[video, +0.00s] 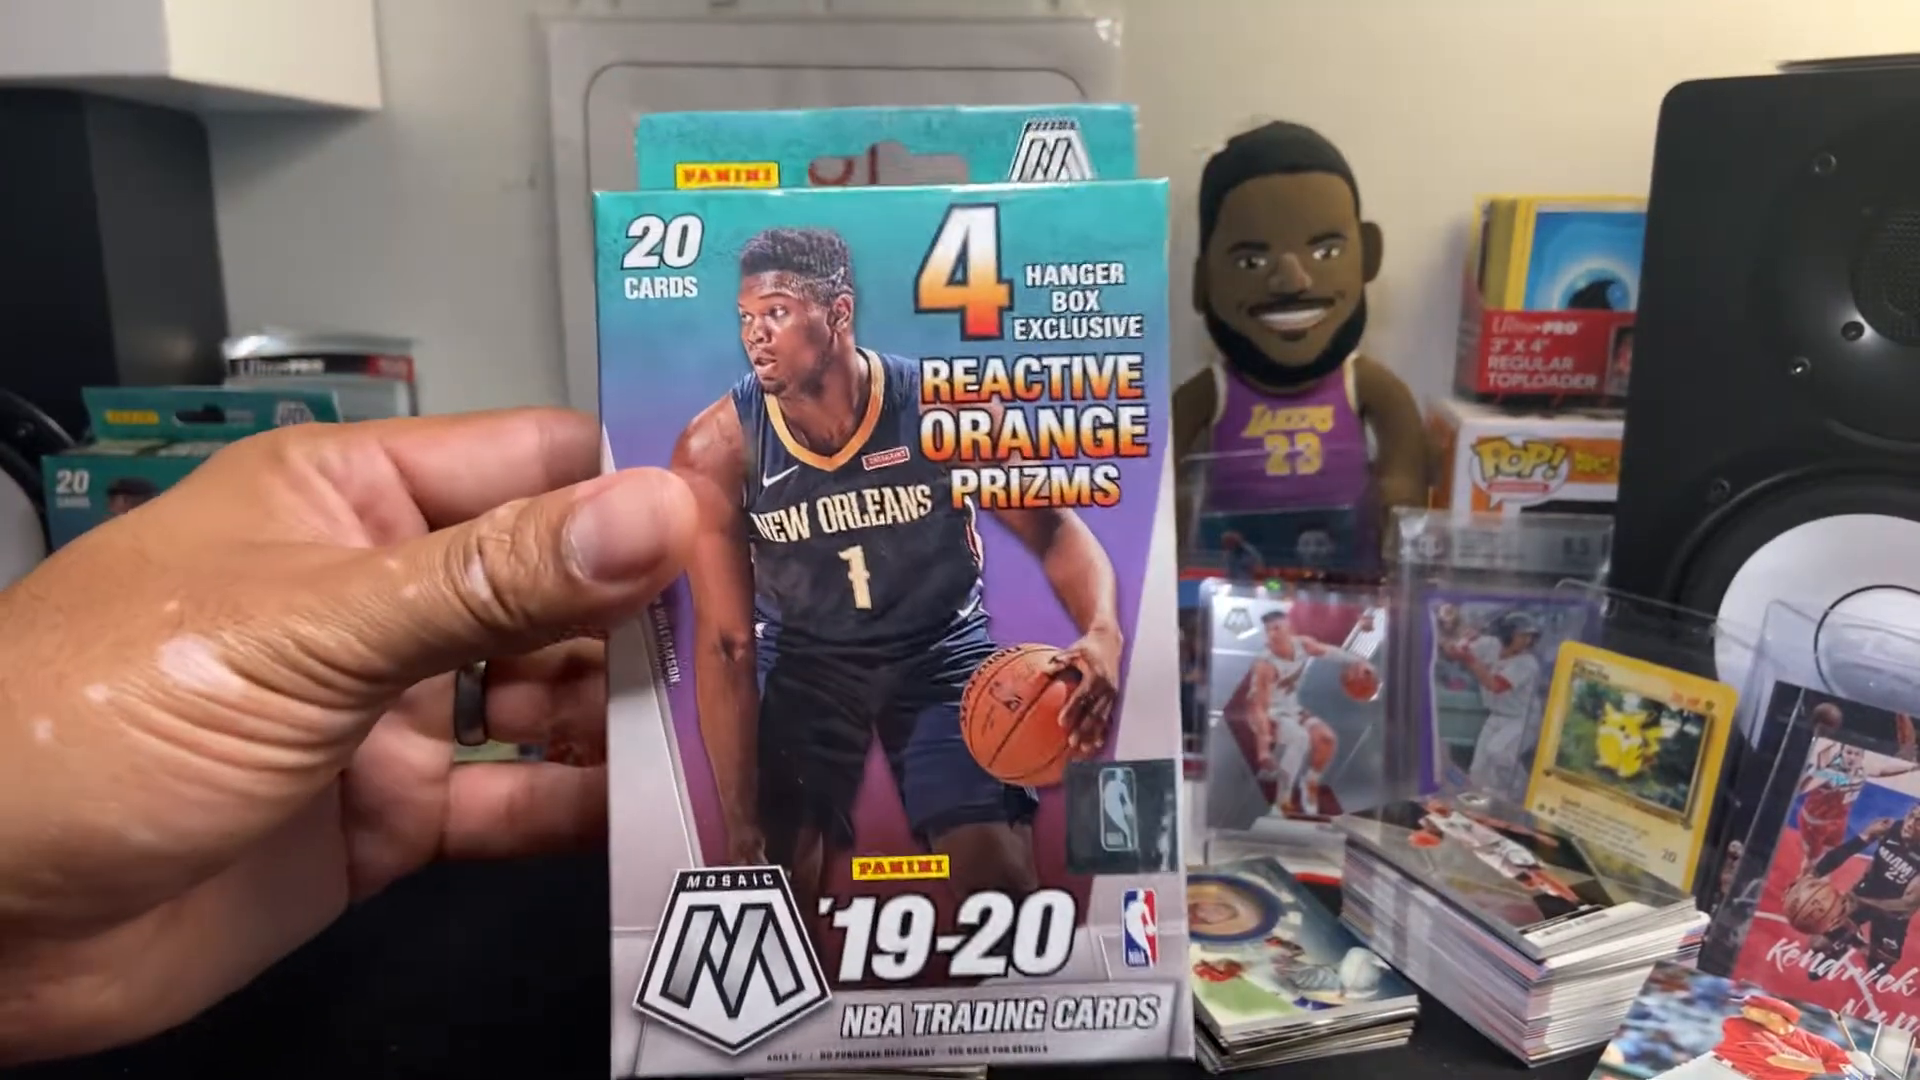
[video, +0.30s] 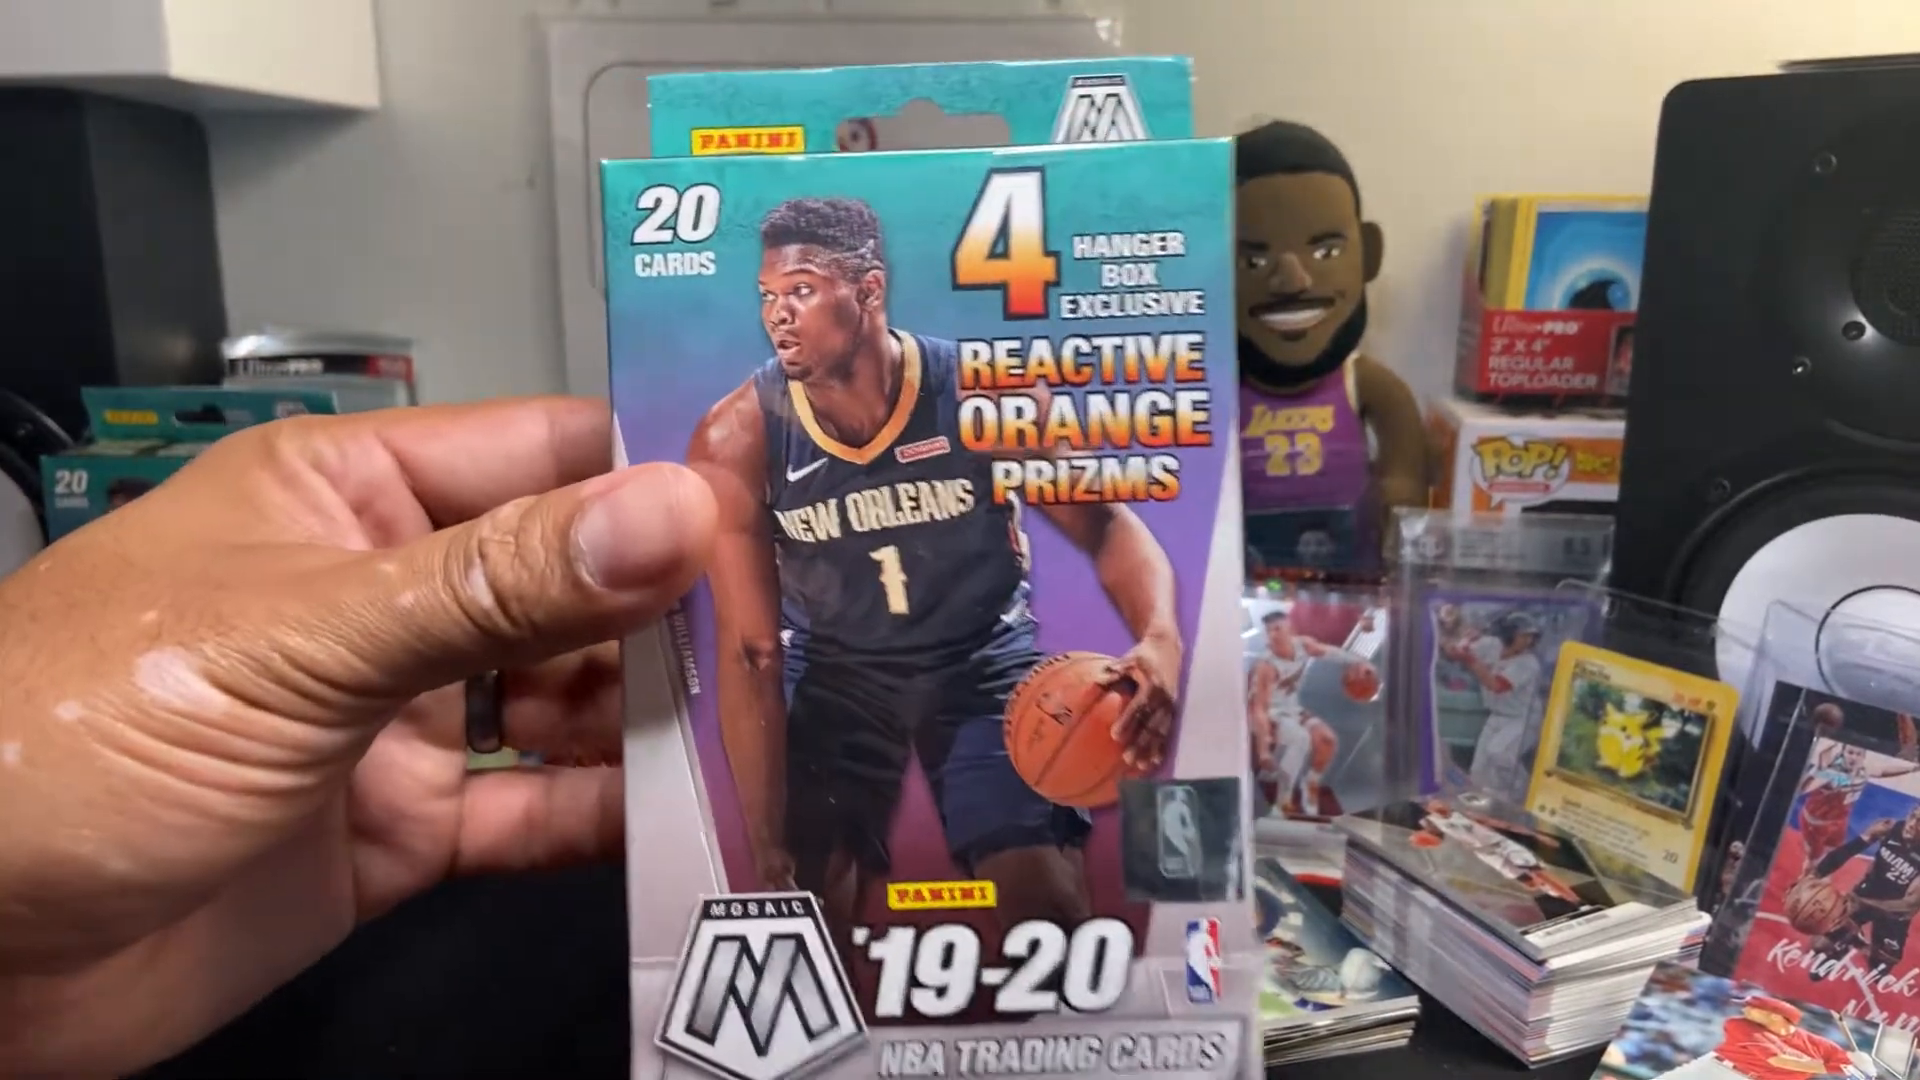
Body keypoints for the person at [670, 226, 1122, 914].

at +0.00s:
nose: (755, 335)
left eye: (776, 313)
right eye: (747, 318)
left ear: (839, 312)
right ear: (740, 326)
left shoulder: (939, 408)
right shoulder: (718, 446)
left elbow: (1051, 528)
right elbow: (726, 646)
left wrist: (1104, 630)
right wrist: (740, 826)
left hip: (943, 654)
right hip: (810, 666)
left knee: (991, 872)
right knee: (783, 871)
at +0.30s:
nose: (776, 316)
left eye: (799, 292)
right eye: (768, 296)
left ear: (870, 290)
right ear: (760, 304)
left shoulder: (980, 393)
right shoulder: (739, 437)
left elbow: (1104, 525)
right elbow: (751, 654)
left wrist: (1162, 638)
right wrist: (765, 854)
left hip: (985, 662)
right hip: (839, 674)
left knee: (1043, 902)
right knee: (806, 903)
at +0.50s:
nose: (828, 306)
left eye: (854, 282)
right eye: (819, 283)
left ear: (922, 290)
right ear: (806, 292)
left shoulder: (1028, 406)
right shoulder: (780, 427)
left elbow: (1157, 557)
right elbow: (767, 655)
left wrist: (1202, 680)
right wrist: (767, 858)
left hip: (1008, 695)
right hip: (865, 698)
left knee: (1054, 907)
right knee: (837, 913)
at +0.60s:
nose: (720, 282)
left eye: (742, 260)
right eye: (715, 263)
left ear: (803, 263)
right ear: (708, 272)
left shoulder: (893, 358)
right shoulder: (686, 385)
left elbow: (1002, 473)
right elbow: (686, 580)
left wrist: (1042, 577)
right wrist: (690, 761)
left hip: (886, 600)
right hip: (768, 607)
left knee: (926, 769)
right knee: (757, 787)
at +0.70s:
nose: (666, 296)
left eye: (684, 277)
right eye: (660, 281)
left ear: (738, 280)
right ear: (653, 288)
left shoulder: (819, 360)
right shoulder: (637, 386)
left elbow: (912, 461)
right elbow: (640, 553)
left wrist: (948, 544)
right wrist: (653, 702)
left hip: (819, 564)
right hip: (714, 572)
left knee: (859, 717)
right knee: (704, 733)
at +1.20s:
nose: (729, 306)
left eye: (752, 284)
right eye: (723, 289)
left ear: (814, 285)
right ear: (714, 299)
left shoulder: (905, 381)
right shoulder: (693, 412)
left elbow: (1011, 494)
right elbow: (697, 605)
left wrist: (1056, 598)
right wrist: (706, 783)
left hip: (905, 623)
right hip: (780, 632)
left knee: (943, 795)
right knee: (764, 811)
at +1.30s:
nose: (785, 279)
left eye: (809, 255)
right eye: (777, 259)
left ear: (883, 254)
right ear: (767, 268)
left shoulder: (990, 364)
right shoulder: (744, 401)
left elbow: (1119, 501)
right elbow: (746, 627)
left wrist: (1174, 620)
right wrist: (757, 839)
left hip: (989, 649)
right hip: (840, 659)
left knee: (1033, 865)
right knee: (820, 883)